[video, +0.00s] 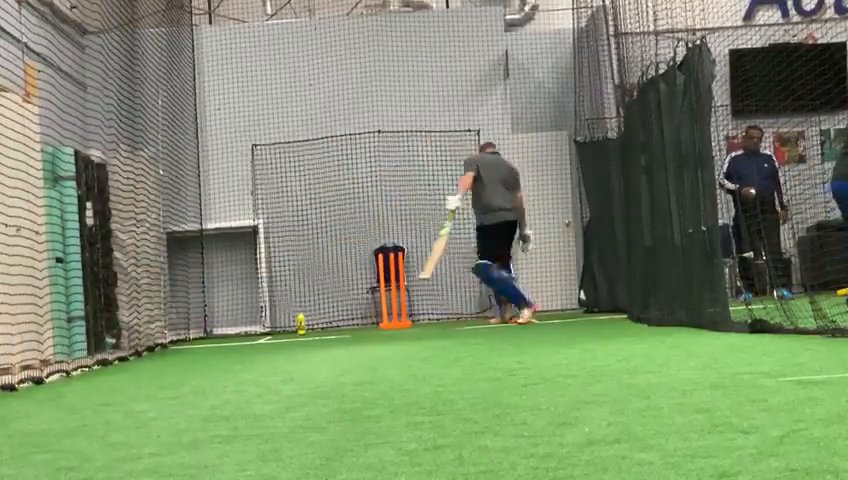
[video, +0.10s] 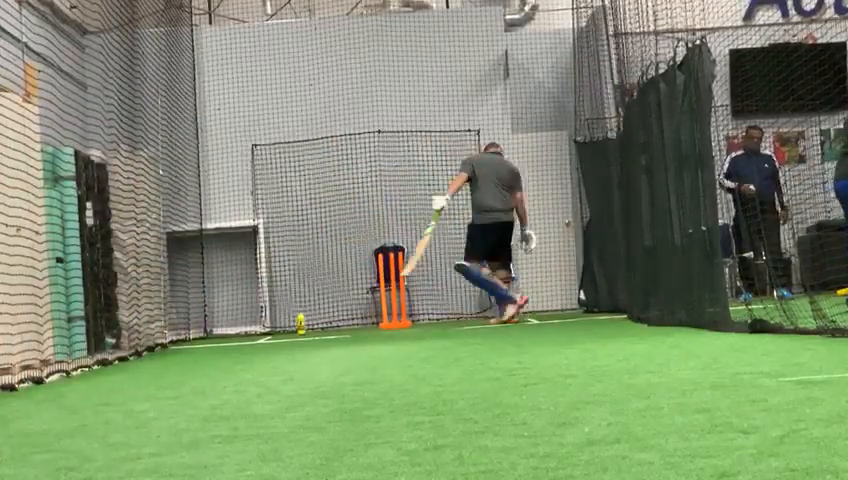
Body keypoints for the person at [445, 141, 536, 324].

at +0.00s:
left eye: (481, 151)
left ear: (480, 152)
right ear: (497, 151)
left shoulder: (474, 161)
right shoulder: (510, 168)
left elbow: (468, 178)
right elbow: (519, 201)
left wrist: (457, 197)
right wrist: (523, 229)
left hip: (489, 221)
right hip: (510, 220)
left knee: (484, 267)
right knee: (501, 266)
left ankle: (525, 305)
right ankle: (505, 313)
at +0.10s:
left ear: (484, 152)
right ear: (502, 154)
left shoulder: (473, 160)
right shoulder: (512, 169)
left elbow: (461, 178)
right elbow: (519, 201)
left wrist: (446, 197)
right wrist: (525, 229)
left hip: (481, 223)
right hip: (506, 223)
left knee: (471, 266)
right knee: (500, 267)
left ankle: (511, 300)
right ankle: (506, 311)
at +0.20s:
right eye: (500, 151)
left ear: (484, 151)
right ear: (502, 153)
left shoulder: (470, 161)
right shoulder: (510, 167)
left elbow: (454, 181)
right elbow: (519, 199)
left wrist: (437, 200)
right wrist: (524, 227)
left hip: (476, 223)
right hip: (502, 224)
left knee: (469, 264)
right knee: (500, 266)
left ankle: (492, 306)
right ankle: (507, 312)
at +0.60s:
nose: (498, 165)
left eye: (498, 162)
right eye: (498, 162)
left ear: (481, 158)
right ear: (492, 158)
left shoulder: (463, 175)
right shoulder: (498, 172)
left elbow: (444, 201)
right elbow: (514, 201)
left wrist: (442, 226)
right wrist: (536, 223)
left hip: (473, 230)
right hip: (503, 228)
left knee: (466, 271)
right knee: (522, 257)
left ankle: (466, 317)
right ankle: (530, 305)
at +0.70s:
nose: (506, 166)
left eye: (507, 163)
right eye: (506, 162)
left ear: (487, 159)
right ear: (499, 159)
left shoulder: (468, 176)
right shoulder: (504, 173)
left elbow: (452, 201)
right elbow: (522, 200)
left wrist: (454, 227)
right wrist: (546, 222)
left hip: (478, 230)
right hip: (508, 226)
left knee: (469, 271)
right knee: (533, 257)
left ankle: (466, 316)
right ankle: (554, 301)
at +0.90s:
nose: (535, 174)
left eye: (535, 171)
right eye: (534, 171)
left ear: (517, 167)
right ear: (528, 168)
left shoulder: (493, 182)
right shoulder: (531, 182)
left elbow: (478, 208)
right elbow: (550, 212)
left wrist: (486, 228)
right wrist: (569, 230)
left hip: (495, 234)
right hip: (526, 232)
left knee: (479, 273)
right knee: (557, 265)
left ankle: (467, 316)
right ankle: (586, 303)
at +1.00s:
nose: (558, 184)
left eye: (558, 181)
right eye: (558, 181)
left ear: (540, 176)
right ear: (553, 177)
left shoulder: (516, 187)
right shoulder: (553, 192)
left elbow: (499, 210)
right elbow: (572, 224)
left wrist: (505, 231)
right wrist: (589, 247)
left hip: (510, 235)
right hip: (542, 234)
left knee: (489, 272)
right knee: (567, 270)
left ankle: (469, 314)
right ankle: (589, 307)